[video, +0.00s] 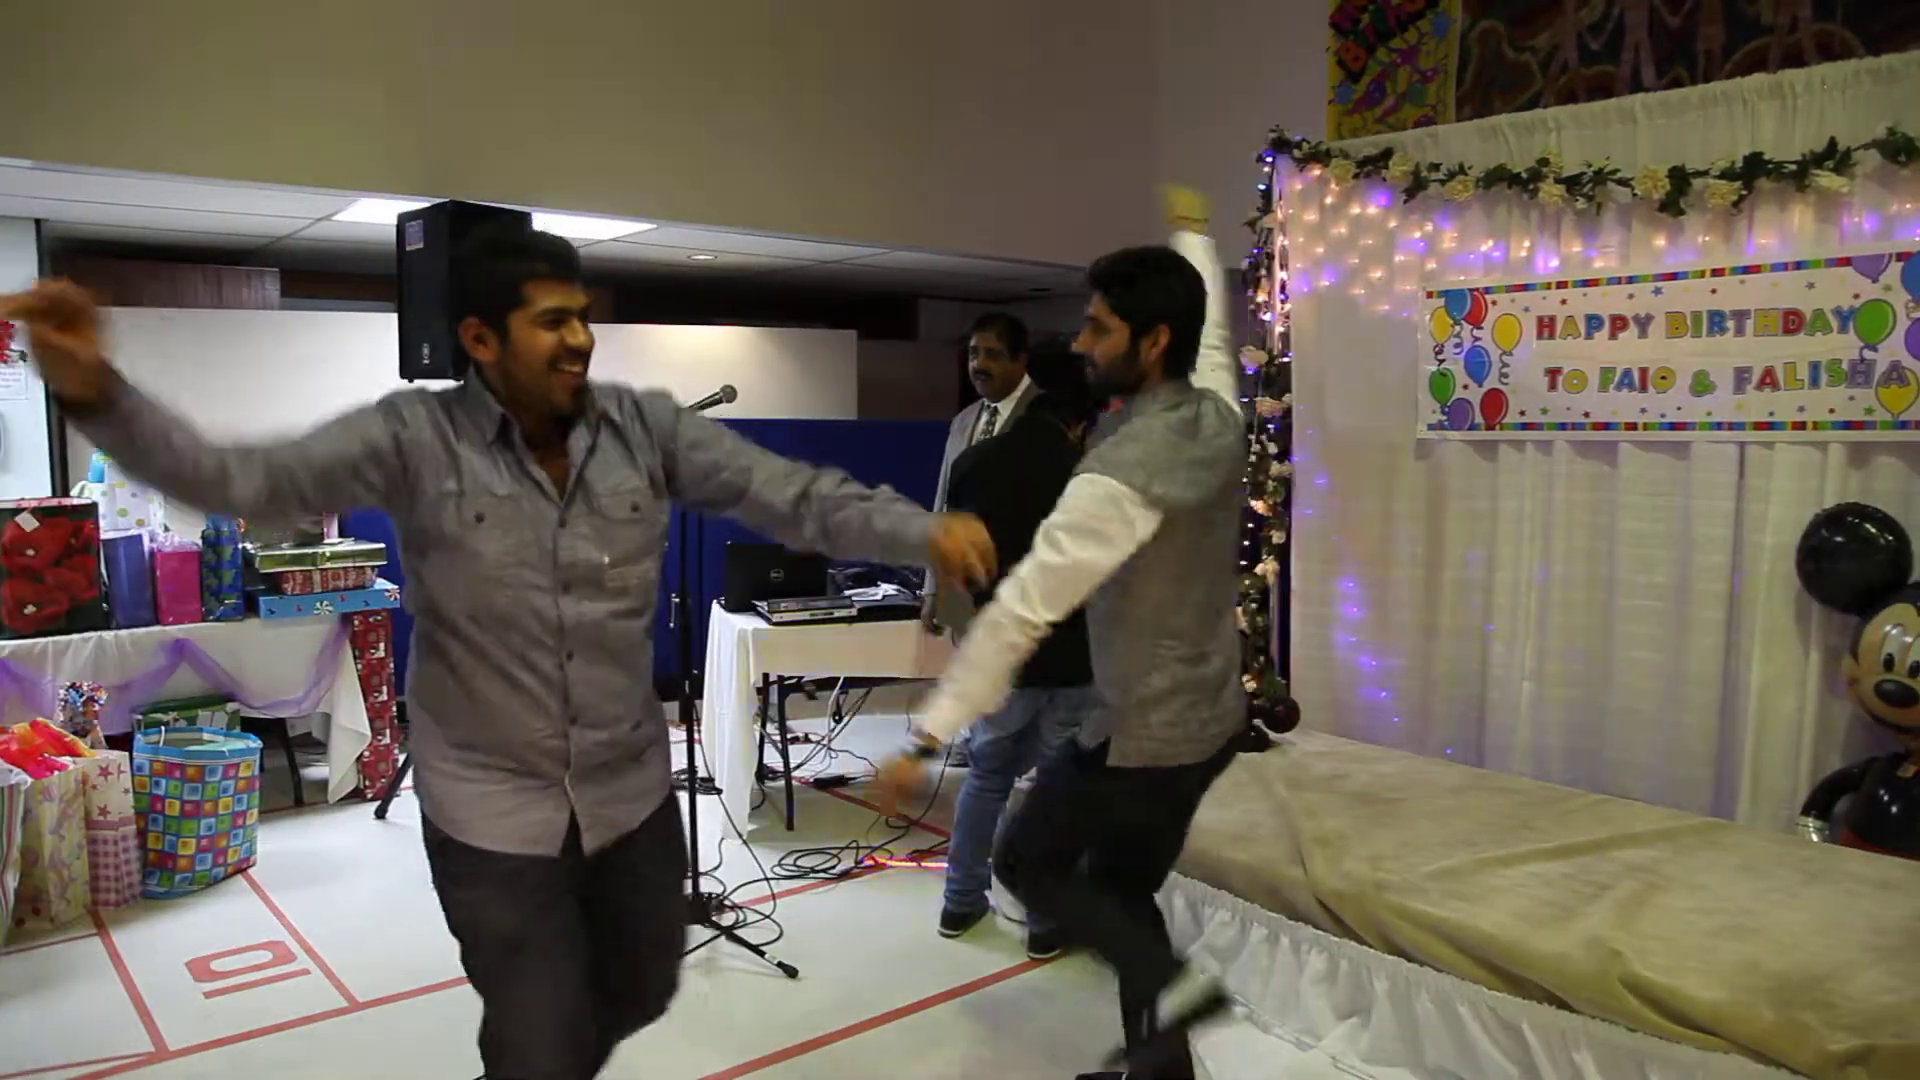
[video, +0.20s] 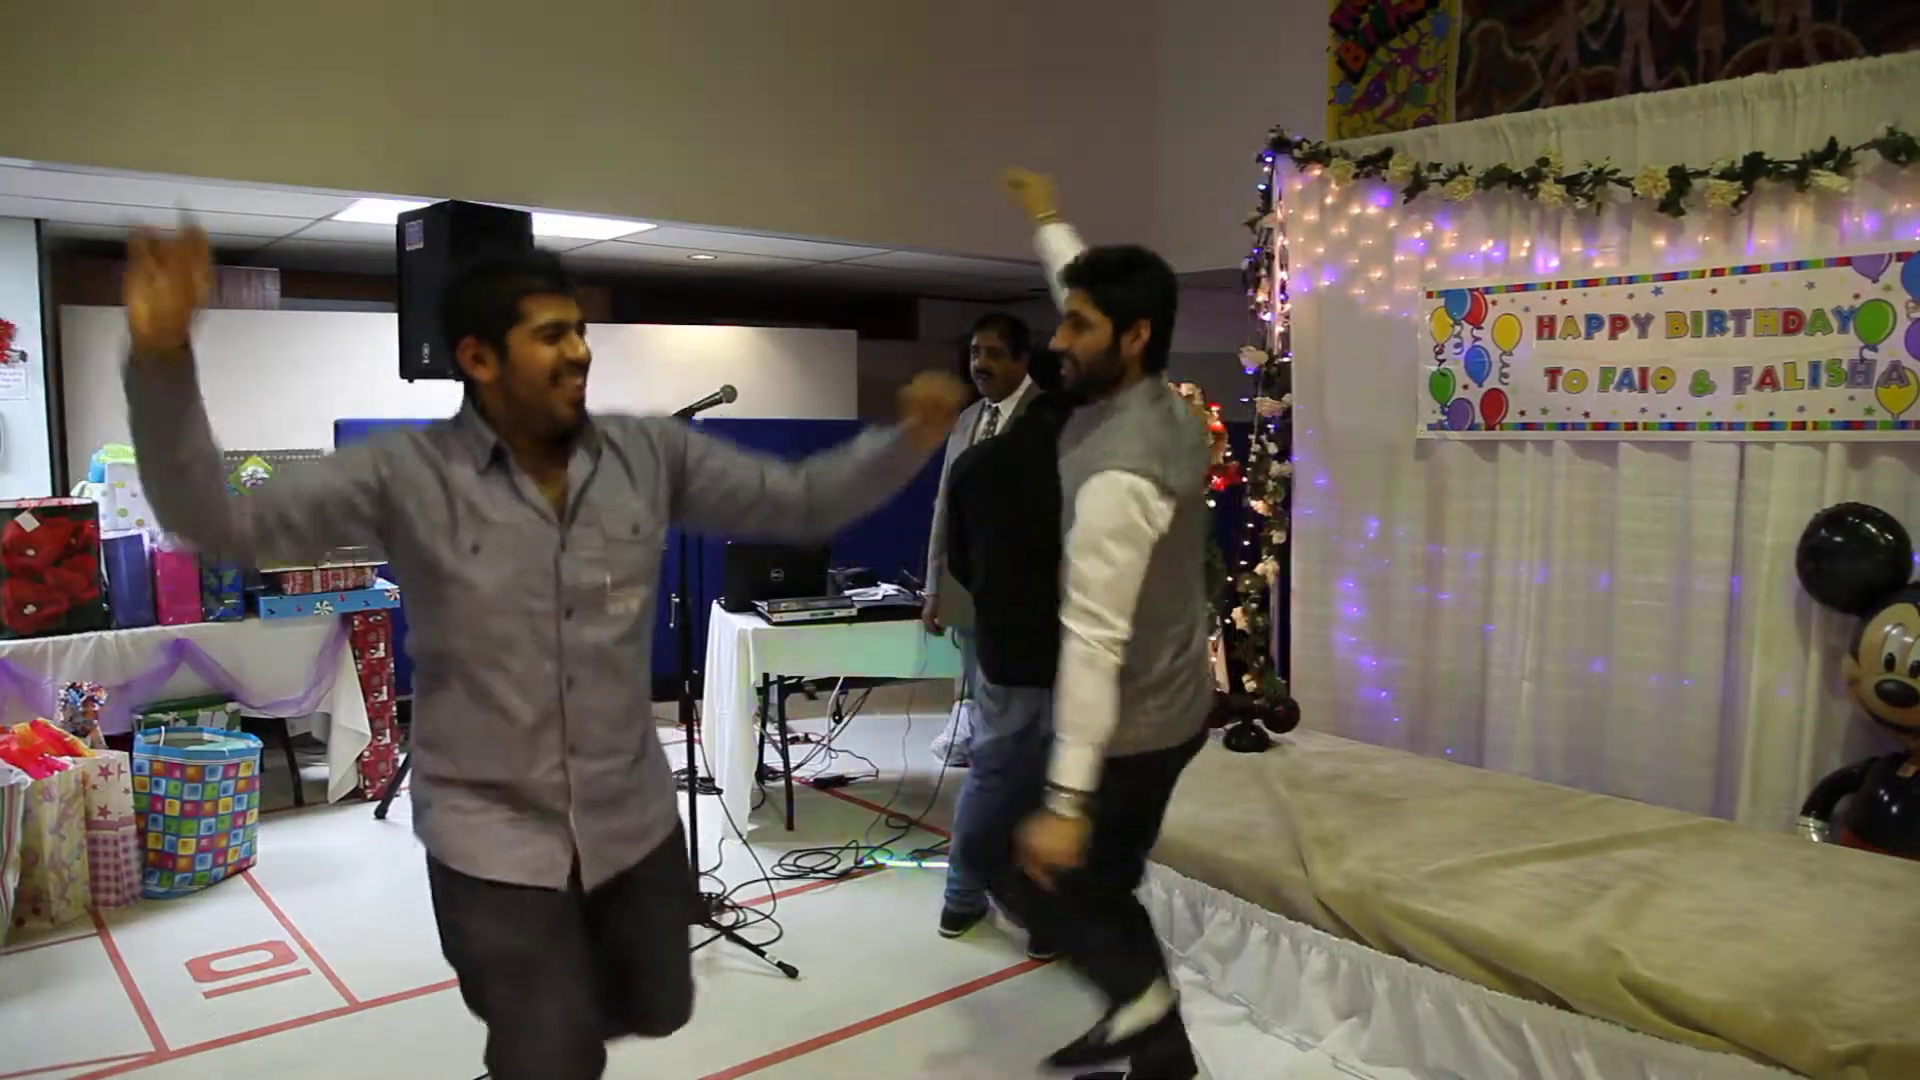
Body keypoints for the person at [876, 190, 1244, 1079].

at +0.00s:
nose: (1083, 339)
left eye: (1100, 327)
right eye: (1088, 323)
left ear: (1154, 341)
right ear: (1171, 343)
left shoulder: (1124, 466)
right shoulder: (1214, 419)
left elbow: (1028, 602)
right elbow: (1205, 341)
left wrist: (927, 739)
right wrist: (1196, 243)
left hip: (1158, 725)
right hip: (1210, 710)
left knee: (1028, 860)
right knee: (1123, 888)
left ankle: (1171, 978)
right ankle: (1154, 1053)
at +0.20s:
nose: (1062, 338)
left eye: (1080, 325)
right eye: (1064, 322)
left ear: (1133, 339)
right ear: (1127, 337)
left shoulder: (1118, 472)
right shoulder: (1161, 401)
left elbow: (1094, 640)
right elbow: (1091, 299)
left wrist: (1067, 799)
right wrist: (1046, 220)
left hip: (1127, 724)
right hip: (1165, 701)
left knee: (1028, 872)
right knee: (1104, 883)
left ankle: (1134, 998)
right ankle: (1152, 1046)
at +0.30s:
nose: (1055, 348)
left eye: (1072, 337)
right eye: (1056, 334)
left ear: (1126, 352)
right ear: (1069, 346)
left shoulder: (1120, 490)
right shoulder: (1106, 415)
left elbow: (1134, 647)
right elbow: (1041, 328)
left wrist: (1147, 803)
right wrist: (981, 232)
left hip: (1081, 739)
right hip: (1095, 726)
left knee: (986, 883)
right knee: (1088, 907)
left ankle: (1059, 1049)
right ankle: (1162, 1065)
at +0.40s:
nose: (1035, 338)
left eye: (1054, 325)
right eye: (1034, 323)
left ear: (1108, 337)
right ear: (1040, 331)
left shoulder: (1124, 462)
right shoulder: (1050, 399)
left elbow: (1170, 595)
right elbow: (982, 328)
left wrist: (1239, 745)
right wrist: (909, 235)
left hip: (1071, 727)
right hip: (1075, 714)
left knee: (977, 896)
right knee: (1080, 897)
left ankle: (1011, 1062)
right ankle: (1159, 1060)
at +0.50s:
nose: (1012, 333)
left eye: (1033, 318)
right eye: (1014, 316)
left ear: (1091, 329)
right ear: (1024, 326)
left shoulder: (1118, 440)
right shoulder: (1014, 400)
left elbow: (1200, 546)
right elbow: (929, 326)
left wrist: (1316, 655)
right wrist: (838, 243)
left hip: (1071, 721)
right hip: (1006, 704)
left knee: (980, 915)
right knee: (990, 892)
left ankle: (993, 1070)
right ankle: (1131, 1010)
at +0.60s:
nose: (990, 342)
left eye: (1014, 330)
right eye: (991, 327)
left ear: (1071, 349)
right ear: (992, 335)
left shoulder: (1116, 457)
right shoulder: (984, 427)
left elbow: (1224, 505)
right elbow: (889, 357)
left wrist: (1364, 556)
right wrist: (788, 265)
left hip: (1053, 744)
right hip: (975, 724)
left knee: (961, 926)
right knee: (898, 886)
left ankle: (995, 1074)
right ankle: (1045, 922)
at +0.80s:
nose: (963, 329)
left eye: (984, 313)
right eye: (958, 313)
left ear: (1039, 325)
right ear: (957, 325)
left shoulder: (1087, 431)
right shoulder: (927, 414)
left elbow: (1220, 419)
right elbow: (811, 344)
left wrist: (1375, 402)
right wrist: (694, 250)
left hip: (1026, 731)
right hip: (923, 709)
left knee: (966, 929)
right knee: (867, 886)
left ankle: (981, 1071)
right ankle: (914, 960)